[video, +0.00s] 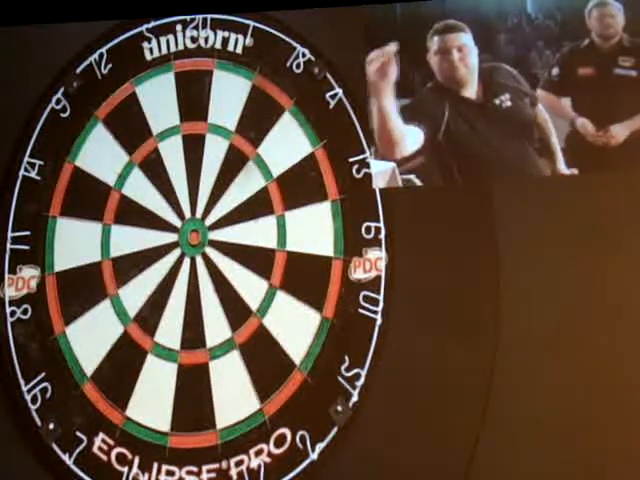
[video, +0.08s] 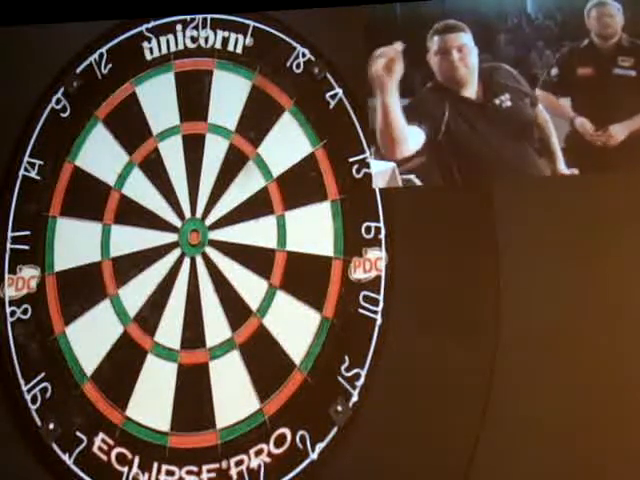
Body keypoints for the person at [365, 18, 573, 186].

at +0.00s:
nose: (454, 59)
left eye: (461, 50)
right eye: (443, 53)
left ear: (476, 53)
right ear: (430, 62)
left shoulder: (502, 77)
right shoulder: (432, 104)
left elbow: (539, 116)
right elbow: (394, 150)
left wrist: (559, 165)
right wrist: (382, 89)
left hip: (543, 193)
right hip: (485, 208)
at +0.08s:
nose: (455, 59)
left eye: (462, 49)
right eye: (444, 53)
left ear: (476, 53)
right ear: (431, 62)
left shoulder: (502, 76)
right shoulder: (431, 104)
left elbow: (539, 116)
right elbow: (396, 150)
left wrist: (559, 165)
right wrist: (387, 86)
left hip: (545, 194)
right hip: (487, 208)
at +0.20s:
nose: (454, 59)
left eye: (461, 49)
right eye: (443, 53)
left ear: (475, 52)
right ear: (430, 61)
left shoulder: (500, 76)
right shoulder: (431, 101)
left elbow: (538, 116)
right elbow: (401, 152)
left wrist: (560, 166)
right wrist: (403, 82)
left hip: (543, 192)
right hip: (485, 206)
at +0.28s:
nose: (454, 60)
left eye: (461, 50)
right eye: (444, 54)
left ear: (475, 53)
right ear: (430, 62)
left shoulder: (501, 77)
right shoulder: (431, 101)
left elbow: (538, 116)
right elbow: (404, 154)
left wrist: (560, 168)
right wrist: (411, 82)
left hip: (542, 194)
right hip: (485, 207)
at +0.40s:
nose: (456, 60)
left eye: (462, 51)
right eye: (444, 55)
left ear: (475, 54)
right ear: (430, 64)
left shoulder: (500, 77)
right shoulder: (432, 103)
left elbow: (538, 117)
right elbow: (405, 156)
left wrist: (559, 169)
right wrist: (415, 85)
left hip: (545, 192)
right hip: (489, 207)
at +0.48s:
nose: (456, 60)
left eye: (462, 51)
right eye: (445, 55)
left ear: (475, 55)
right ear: (429, 65)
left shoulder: (499, 78)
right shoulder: (432, 104)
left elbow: (538, 120)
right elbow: (406, 158)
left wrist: (559, 170)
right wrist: (416, 86)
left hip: (543, 193)